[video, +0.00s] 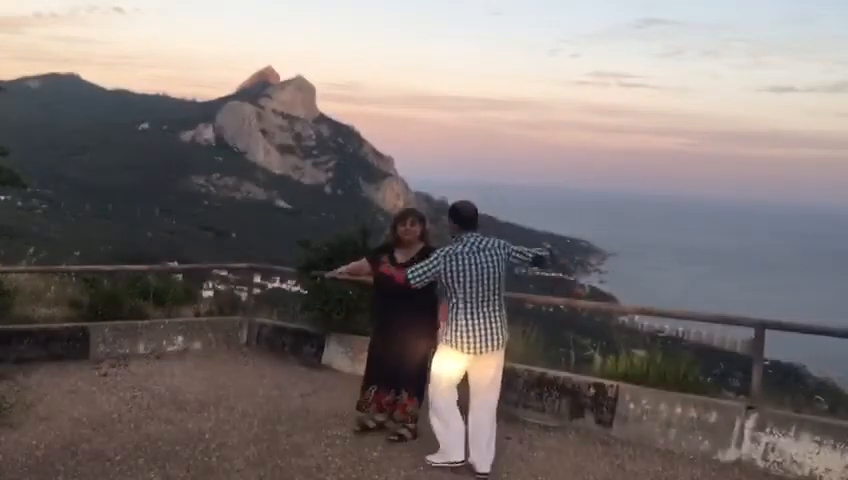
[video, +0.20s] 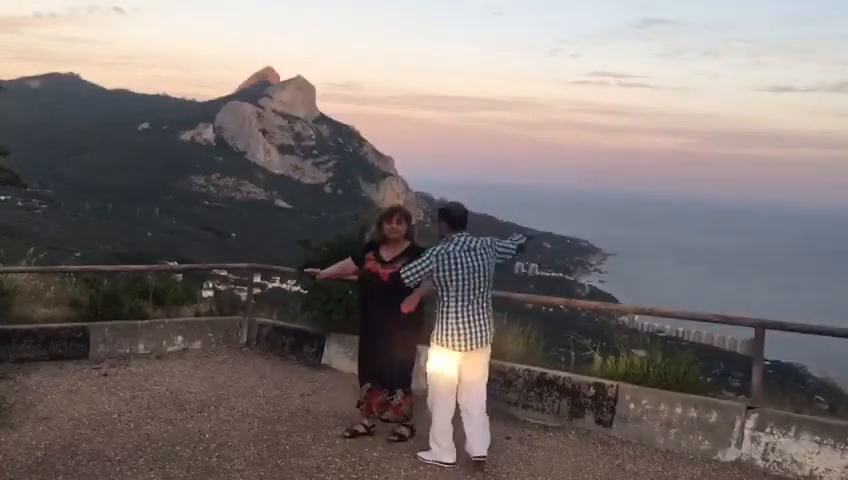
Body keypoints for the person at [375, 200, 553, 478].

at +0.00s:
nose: (449, 226)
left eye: (449, 222)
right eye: (451, 221)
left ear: (452, 224)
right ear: (476, 222)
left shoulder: (446, 254)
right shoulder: (498, 246)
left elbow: (410, 278)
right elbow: (534, 258)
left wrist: (385, 268)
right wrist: (545, 257)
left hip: (457, 337)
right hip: (493, 336)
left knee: (441, 391)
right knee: (484, 400)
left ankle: (452, 452)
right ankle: (482, 462)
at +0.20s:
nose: (436, 227)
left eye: (437, 223)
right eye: (437, 222)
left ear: (443, 224)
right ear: (465, 223)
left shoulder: (438, 252)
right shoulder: (487, 245)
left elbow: (406, 277)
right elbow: (514, 245)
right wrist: (524, 236)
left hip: (447, 333)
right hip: (480, 330)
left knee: (441, 395)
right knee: (475, 392)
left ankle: (442, 451)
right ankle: (479, 450)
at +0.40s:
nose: (430, 227)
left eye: (431, 223)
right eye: (431, 222)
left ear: (436, 224)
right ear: (457, 223)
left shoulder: (433, 250)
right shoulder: (477, 247)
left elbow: (397, 266)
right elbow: (505, 261)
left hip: (438, 333)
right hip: (470, 332)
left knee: (434, 392)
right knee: (457, 385)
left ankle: (441, 452)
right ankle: (466, 439)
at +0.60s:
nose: (425, 227)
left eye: (427, 223)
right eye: (426, 222)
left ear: (433, 223)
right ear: (451, 223)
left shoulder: (431, 248)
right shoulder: (469, 247)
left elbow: (395, 260)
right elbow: (489, 272)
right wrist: (463, 271)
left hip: (436, 331)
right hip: (461, 331)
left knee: (428, 392)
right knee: (443, 388)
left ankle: (441, 450)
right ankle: (440, 440)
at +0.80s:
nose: (419, 227)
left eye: (421, 222)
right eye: (419, 222)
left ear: (431, 223)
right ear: (443, 223)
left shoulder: (434, 247)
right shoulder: (461, 247)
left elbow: (407, 270)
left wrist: (385, 266)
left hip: (434, 329)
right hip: (456, 328)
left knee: (413, 381)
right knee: (441, 385)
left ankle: (438, 438)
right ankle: (444, 435)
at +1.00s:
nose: (411, 228)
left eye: (413, 222)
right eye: (411, 222)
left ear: (425, 223)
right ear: (432, 223)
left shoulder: (433, 245)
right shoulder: (447, 244)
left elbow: (417, 277)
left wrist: (400, 273)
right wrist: (405, 274)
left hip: (429, 327)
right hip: (444, 325)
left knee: (403, 380)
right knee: (437, 384)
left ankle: (422, 432)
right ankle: (443, 438)